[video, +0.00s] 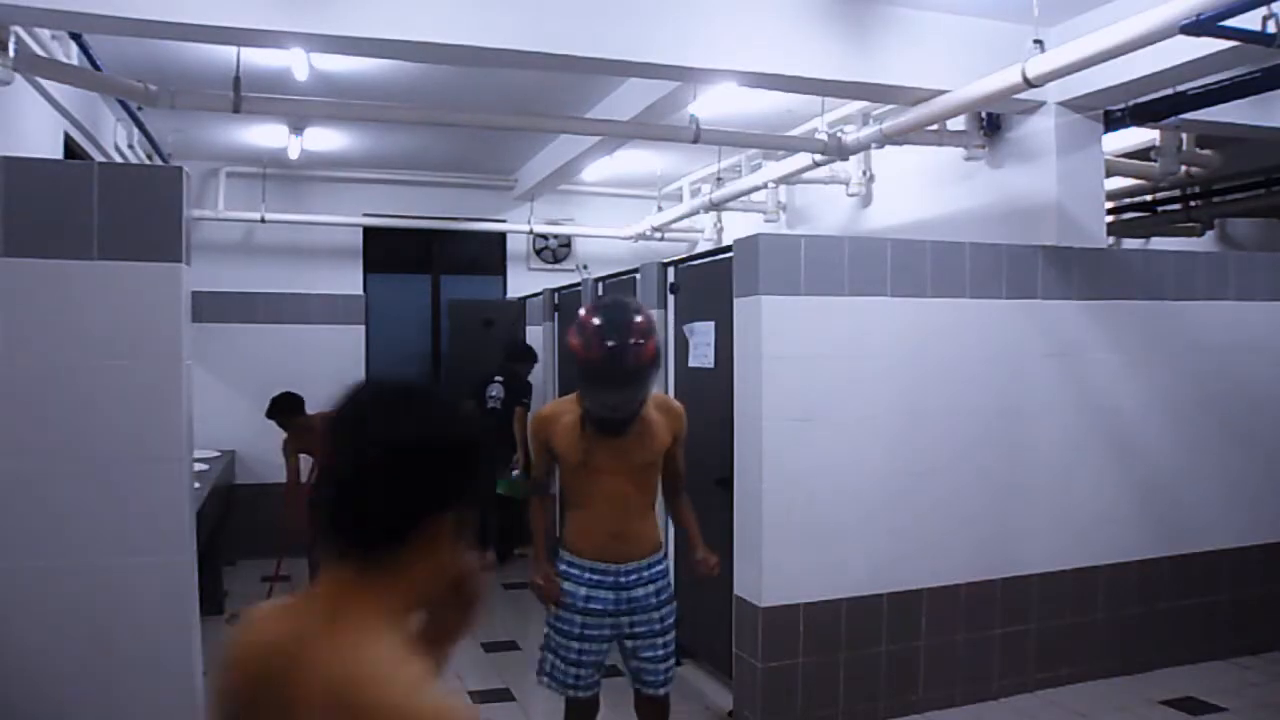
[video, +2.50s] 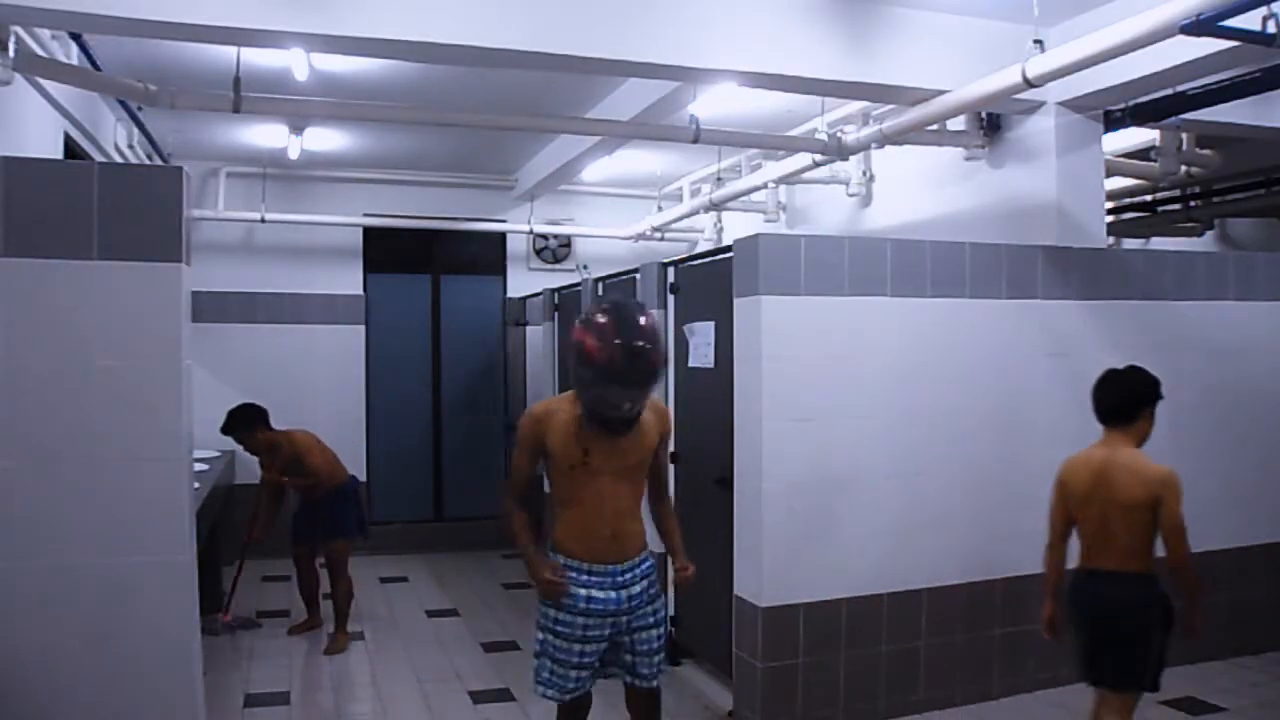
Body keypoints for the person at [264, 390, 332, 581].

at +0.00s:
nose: (281, 427)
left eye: (282, 422)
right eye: (278, 423)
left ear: (289, 417)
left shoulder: (327, 421)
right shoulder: (291, 444)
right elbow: (293, 482)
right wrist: (291, 512)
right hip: (325, 469)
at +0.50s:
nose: (259, 427)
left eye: (259, 421)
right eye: (256, 423)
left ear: (272, 413)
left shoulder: (307, 420)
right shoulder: (277, 441)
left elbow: (329, 446)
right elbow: (285, 474)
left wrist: (298, 450)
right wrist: (279, 509)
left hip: (339, 474)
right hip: (314, 479)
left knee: (330, 528)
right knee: (309, 531)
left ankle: (348, 586)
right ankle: (317, 589)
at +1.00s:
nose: (272, 435)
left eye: (273, 429)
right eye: (269, 430)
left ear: (287, 421)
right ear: (278, 426)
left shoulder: (324, 432)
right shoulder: (284, 447)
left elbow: (347, 465)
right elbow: (292, 484)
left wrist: (312, 467)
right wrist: (283, 516)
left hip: (348, 485)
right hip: (321, 487)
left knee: (340, 539)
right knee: (310, 535)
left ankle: (341, 605)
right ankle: (321, 588)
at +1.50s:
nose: (275, 437)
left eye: (277, 431)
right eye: (272, 432)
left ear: (292, 423)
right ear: (276, 430)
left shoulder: (331, 428)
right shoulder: (283, 453)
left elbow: (361, 455)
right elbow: (289, 491)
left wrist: (332, 457)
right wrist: (289, 528)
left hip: (347, 486)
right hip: (317, 488)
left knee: (342, 548)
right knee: (311, 549)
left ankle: (341, 609)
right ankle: (313, 611)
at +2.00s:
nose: (240, 445)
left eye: (239, 438)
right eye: (235, 440)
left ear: (253, 427)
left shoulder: (296, 430)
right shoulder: (258, 461)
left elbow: (334, 450)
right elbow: (266, 500)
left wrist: (304, 457)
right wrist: (264, 531)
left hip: (335, 487)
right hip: (306, 492)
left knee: (331, 552)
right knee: (302, 554)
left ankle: (345, 609)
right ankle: (312, 616)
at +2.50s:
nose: (243, 449)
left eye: (244, 441)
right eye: (240, 443)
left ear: (259, 431)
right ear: (257, 432)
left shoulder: (299, 443)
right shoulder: (268, 457)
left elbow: (324, 479)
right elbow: (269, 494)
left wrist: (283, 481)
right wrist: (260, 528)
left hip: (339, 497)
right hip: (310, 500)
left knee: (336, 564)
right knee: (303, 558)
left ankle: (341, 631)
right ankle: (313, 616)